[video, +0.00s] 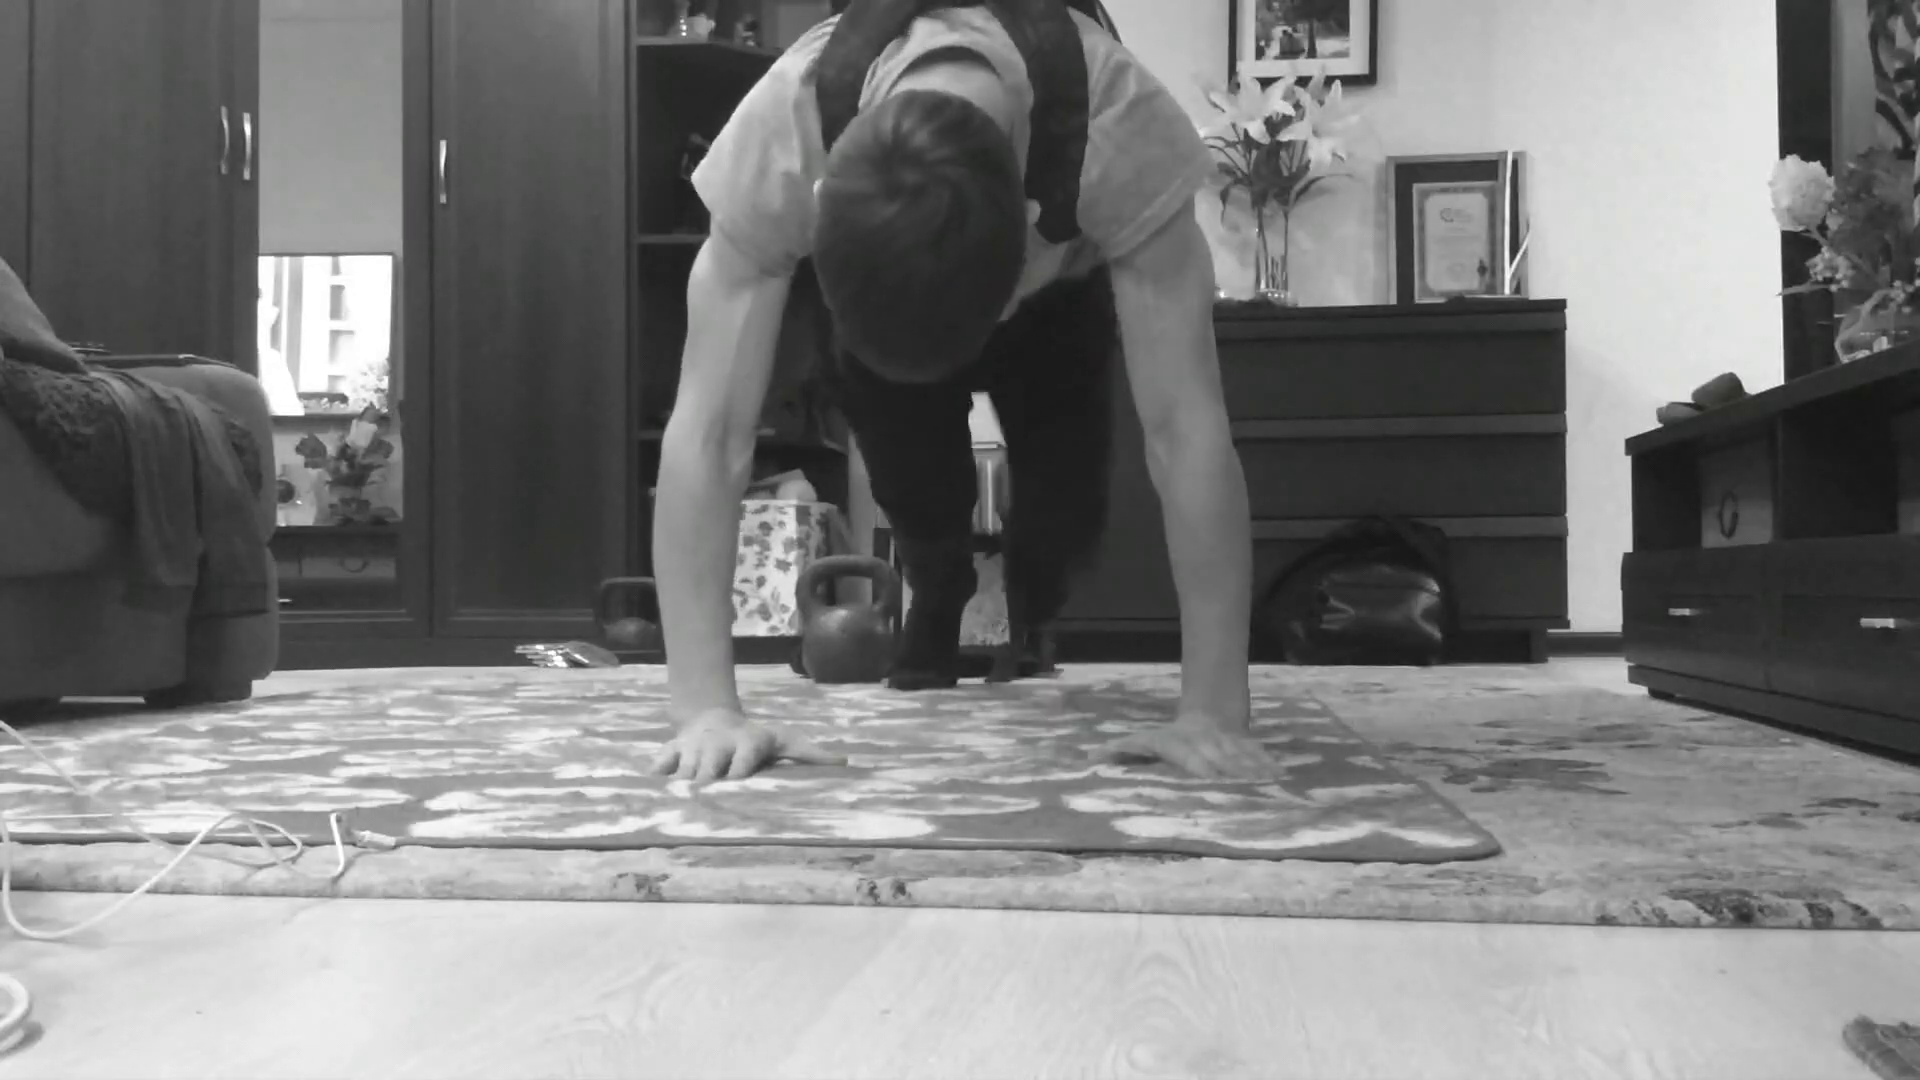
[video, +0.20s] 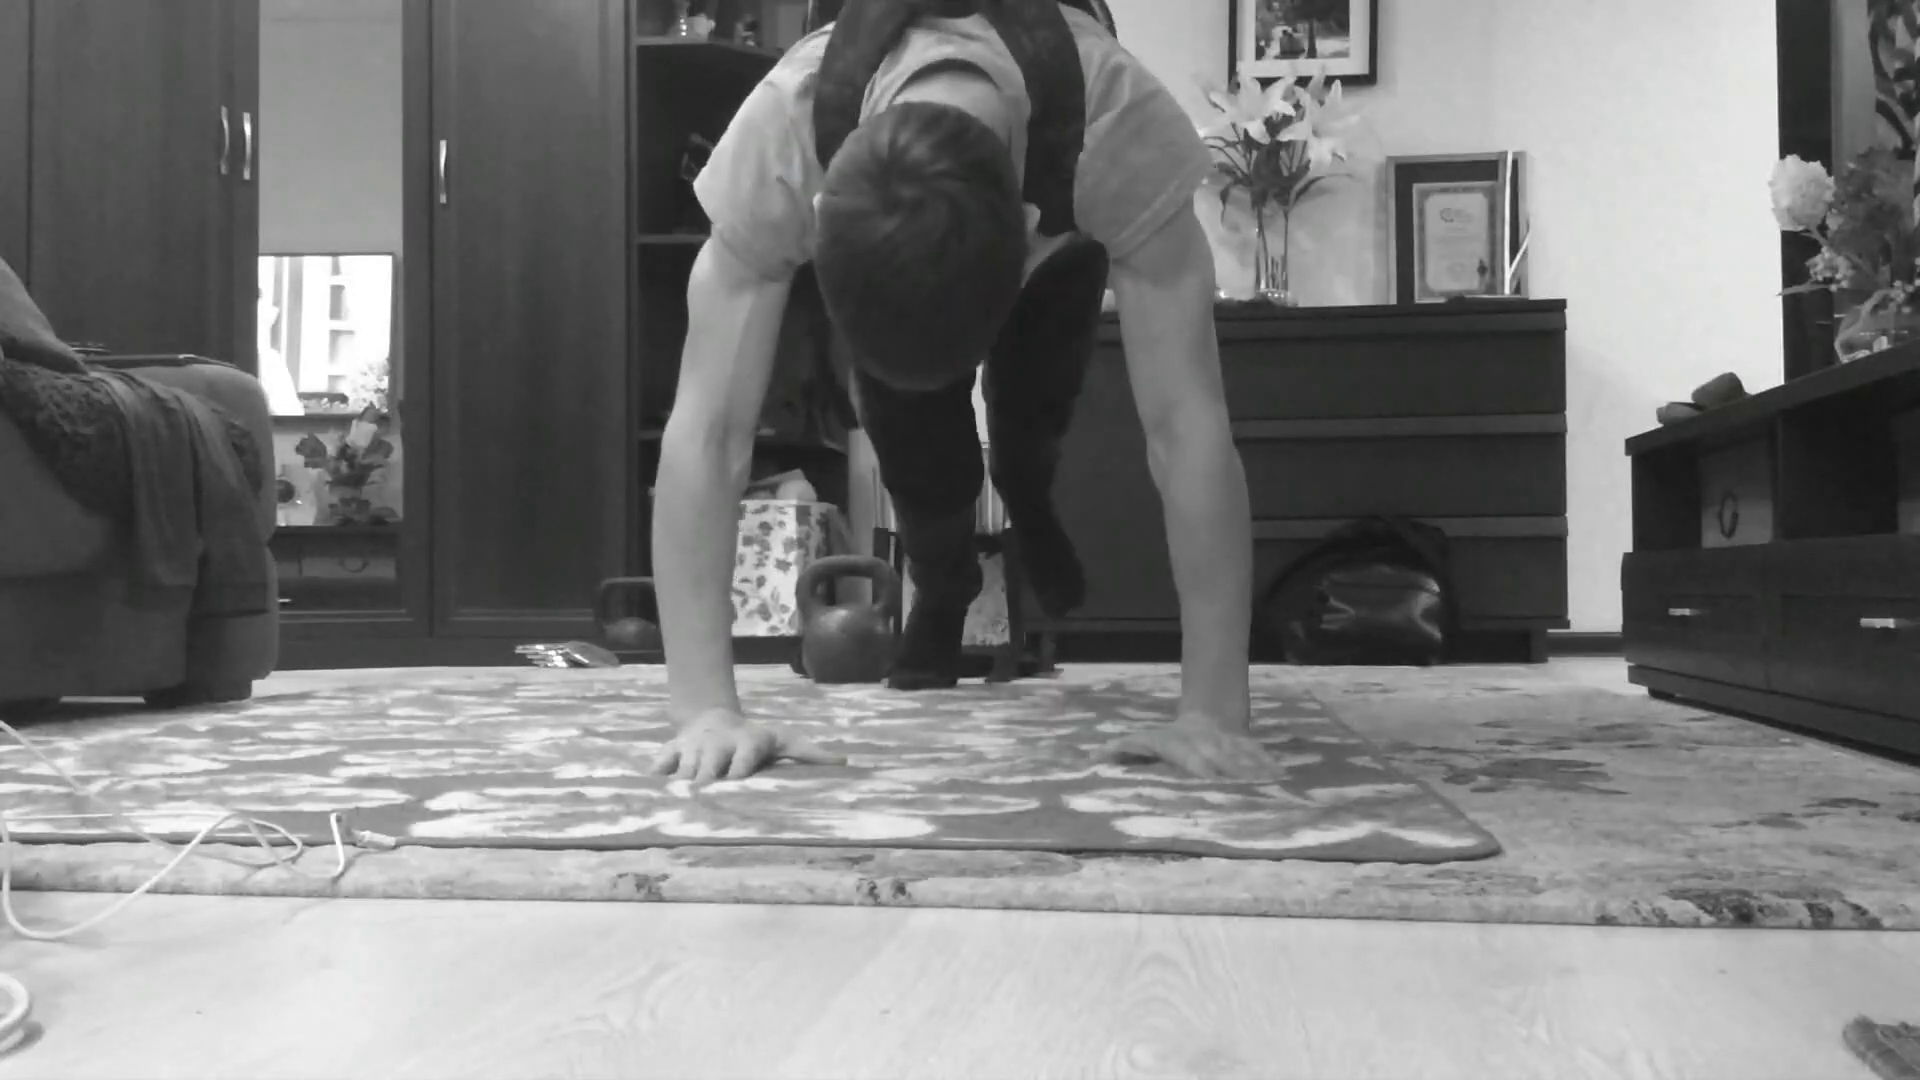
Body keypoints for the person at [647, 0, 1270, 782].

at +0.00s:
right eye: (887, 353)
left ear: (1014, 249)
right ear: (829, 223)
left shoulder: (1125, 139)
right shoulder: (778, 148)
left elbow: (1189, 431)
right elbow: (708, 434)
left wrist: (1215, 714)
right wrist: (706, 711)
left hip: (1055, 262)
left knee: (1065, 493)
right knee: (905, 474)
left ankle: (1032, 617)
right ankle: (934, 591)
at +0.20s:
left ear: (1023, 215)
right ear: (830, 223)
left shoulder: (1123, 141)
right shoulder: (778, 150)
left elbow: (1190, 427)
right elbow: (707, 431)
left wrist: (1215, 713)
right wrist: (706, 711)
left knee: (1037, 405)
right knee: (911, 434)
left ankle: (1032, 511)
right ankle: (940, 587)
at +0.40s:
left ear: (1026, 226)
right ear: (835, 239)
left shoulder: (1129, 145)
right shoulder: (785, 162)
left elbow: (1190, 422)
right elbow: (712, 432)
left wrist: (1216, 709)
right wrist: (706, 710)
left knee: (1035, 427)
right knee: (915, 427)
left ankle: (1039, 600)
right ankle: (945, 592)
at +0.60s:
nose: (942, 362)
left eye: (967, 347)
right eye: (906, 351)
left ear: (1034, 214)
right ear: (841, 224)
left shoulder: (1124, 148)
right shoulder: (789, 163)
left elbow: (1186, 431)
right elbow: (721, 436)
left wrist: (1214, 713)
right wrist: (707, 709)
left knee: (1047, 426)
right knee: (910, 425)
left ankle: (1048, 613)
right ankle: (933, 603)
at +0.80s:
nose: (955, 338)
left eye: (983, 307)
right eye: (912, 325)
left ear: (1033, 207)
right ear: (840, 213)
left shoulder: (1121, 157)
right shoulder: (785, 174)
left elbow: (1180, 442)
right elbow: (726, 444)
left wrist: (1214, 712)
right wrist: (709, 707)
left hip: (1053, 251)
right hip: (879, 262)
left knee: (1048, 454)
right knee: (913, 461)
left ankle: (1065, 618)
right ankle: (933, 609)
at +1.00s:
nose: (942, 299)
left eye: (969, 270)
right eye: (906, 278)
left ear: (1025, 165)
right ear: (840, 197)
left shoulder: (1113, 162)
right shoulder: (784, 180)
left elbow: (1175, 444)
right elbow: (727, 448)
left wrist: (1213, 709)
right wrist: (711, 706)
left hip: (1047, 265)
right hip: (875, 279)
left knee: (1049, 469)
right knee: (915, 474)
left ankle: (1069, 630)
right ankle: (935, 613)